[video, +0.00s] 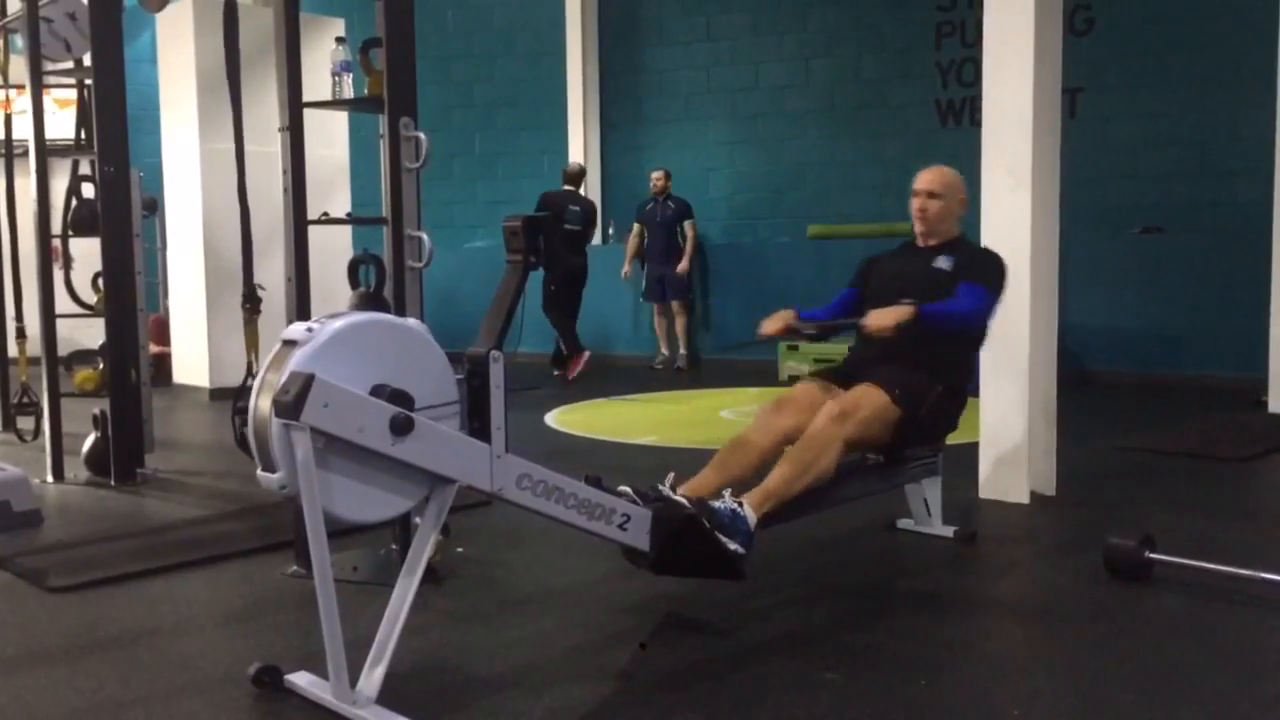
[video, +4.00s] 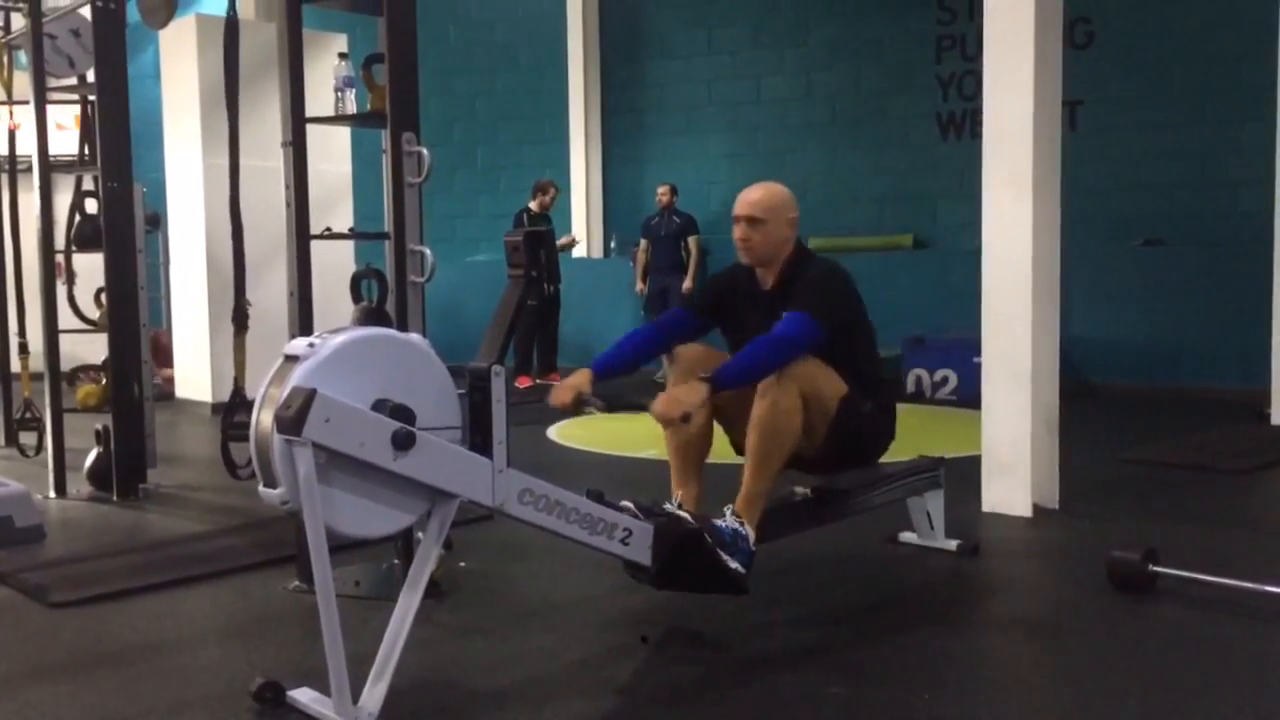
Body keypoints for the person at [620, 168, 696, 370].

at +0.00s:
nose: (654, 183)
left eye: (658, 180)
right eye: (652, 180)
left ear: (668, 182)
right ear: (650, 183)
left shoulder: (680, 205)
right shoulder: (644, 207)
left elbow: (689, 233)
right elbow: (635, 235)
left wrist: (686, 260)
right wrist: (628, 261)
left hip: (675, 264)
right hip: (652, 265)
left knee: (678, 308)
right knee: (658, 309)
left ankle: (682, 352)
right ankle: (664, 351)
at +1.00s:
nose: (654, 188)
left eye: (659, 185)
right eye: (653, 185)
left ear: (669, 188)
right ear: (651, 188)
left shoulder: (683, 209)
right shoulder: (646, 212)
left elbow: (691, 239)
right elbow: (639, 242)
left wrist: (687, 266)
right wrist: (632, 270)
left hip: (676, 270)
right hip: (653, 270)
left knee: (676, 310)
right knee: (652, 311)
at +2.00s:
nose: (658, 193)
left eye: (662, 189)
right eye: (657, 189)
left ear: (672, 192)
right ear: (656, 192)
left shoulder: (685, 215)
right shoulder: (650, 217)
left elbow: (694, 245)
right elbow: (643, 246)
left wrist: (690, 272)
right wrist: (640, 275)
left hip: (678, 273)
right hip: (656, 273)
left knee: (678, 315)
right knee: (661, 317)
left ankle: (685, 360)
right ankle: (666, 359)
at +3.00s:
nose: (661, 190)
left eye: (665, 186)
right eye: (660, 187)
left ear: (676, 189)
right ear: (658, 189)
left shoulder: (688, 212)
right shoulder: (652, 214)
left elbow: (696, 242)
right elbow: (644, 243)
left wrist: (692, 269)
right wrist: (642, 271)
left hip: (679, 270)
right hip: (658, 270)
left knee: (680, 312)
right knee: (663, 314)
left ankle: (686, 356)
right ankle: (668, 356)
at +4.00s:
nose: (659, 198)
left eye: (663, 195)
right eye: (658, 195)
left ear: (673, 198)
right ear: (656, 198)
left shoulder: (685, 220)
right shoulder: (649, 222)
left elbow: (694, 251)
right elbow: (642, 250)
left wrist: (689, 278)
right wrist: (639, 279)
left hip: (677, 279)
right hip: (655, 279)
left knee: (676, 323)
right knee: (657, 323)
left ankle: (678, 369)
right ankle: (665, 367)